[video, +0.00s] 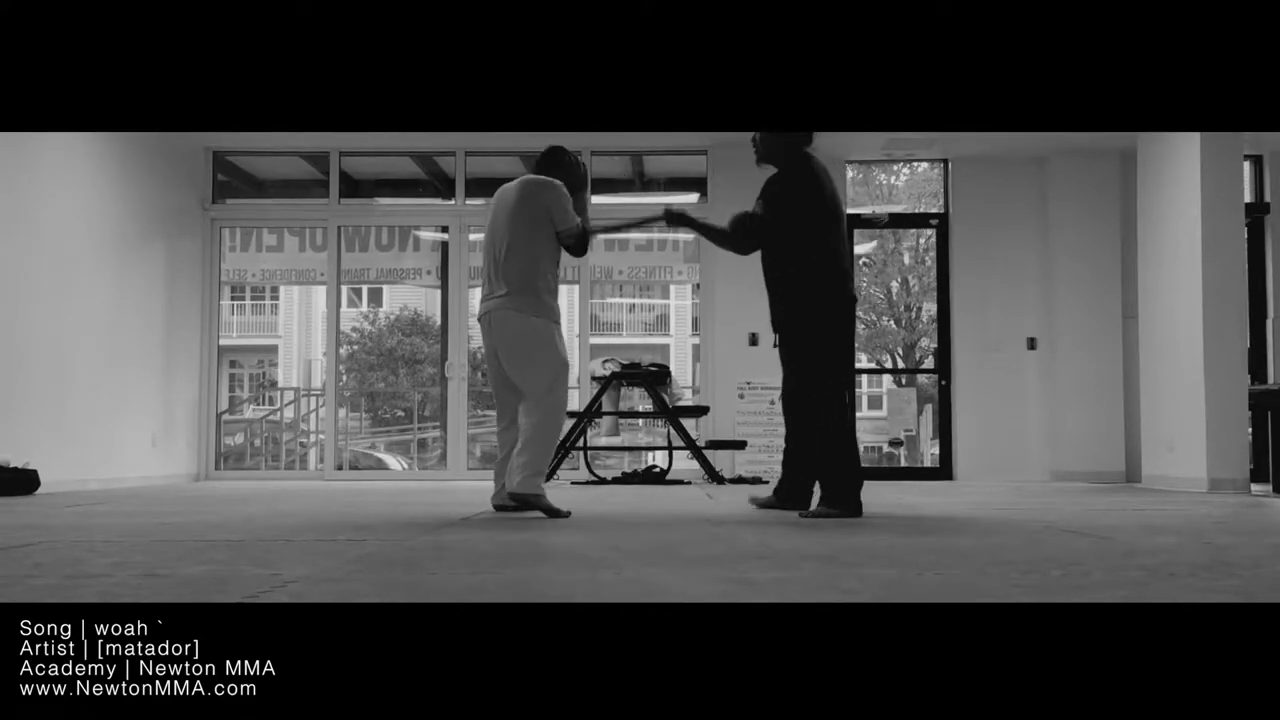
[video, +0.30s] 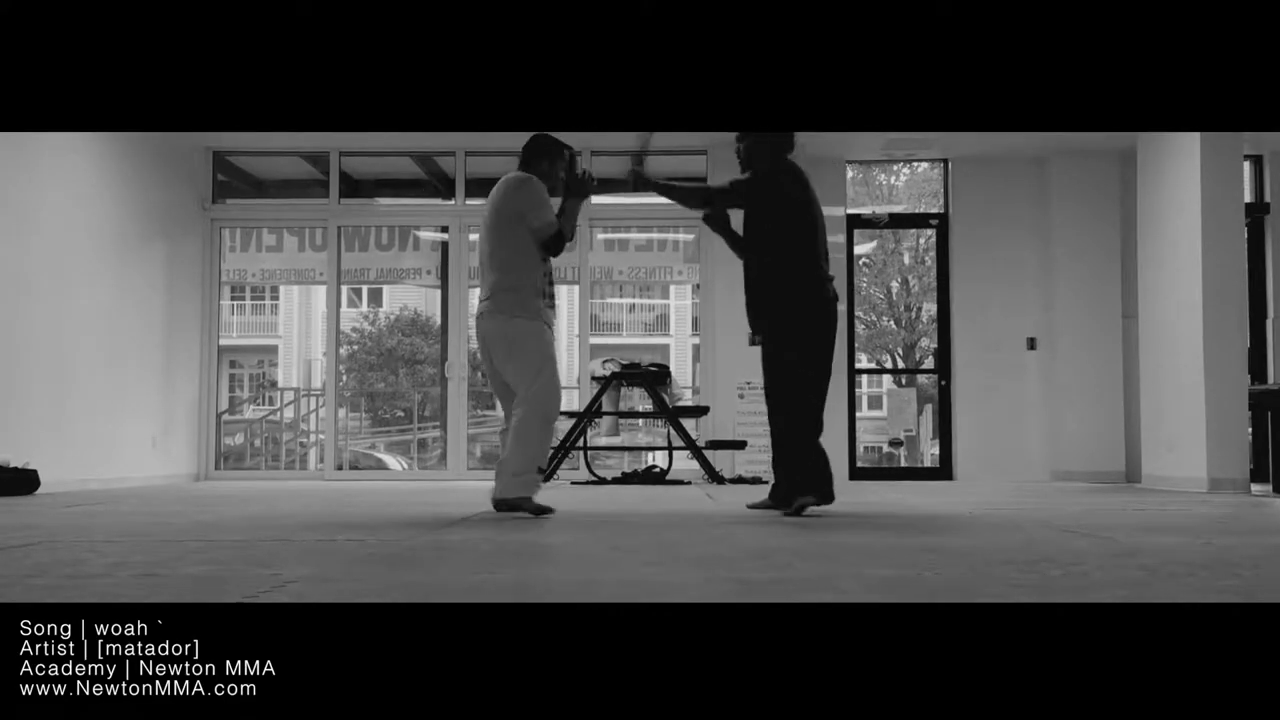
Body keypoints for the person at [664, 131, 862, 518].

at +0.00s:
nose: (753, 141)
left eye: (760, 134)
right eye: (756, 134)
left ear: (780, 138)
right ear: (790, 139)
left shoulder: (788, 182)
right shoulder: (809, 176)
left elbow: (743, 241)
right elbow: (796, 236)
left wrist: (691, 222)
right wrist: (757, 222)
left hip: (815, 314)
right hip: (808, 313)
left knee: (827, 402)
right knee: (800, 402)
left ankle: (843, 500)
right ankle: (793, 493)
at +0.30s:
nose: (737, 151)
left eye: (744, 143)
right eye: (738, 144)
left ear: (765, 145)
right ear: (773, 147)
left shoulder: (774, 180)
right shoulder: (780, 182)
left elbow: (705, 197)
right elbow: (758, 258)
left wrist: (653, 183)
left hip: (798, 312)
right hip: (795, 311)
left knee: (792, 402)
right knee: (787, 403)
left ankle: (808, 488)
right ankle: (786, 490)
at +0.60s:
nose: (734, 153)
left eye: (739, 146)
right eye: (736, 147)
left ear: (757, 145)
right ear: (774, 143)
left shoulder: (777, 173)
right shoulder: (769, 187)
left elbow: (730, 161)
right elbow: (751, 266)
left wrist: (681, 144)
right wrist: (715, 247)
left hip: (784, 312)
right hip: (779, 313)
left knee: (771, 402)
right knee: (778, 402)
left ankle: (772, 495)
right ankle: (784, 492)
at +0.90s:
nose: (727, 156)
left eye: (730, 148)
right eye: (727, 149)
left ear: (745, 146)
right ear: (766, 146)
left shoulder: (768, 173)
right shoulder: (771, 183)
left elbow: (716, 162)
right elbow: (753, 266)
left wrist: (694, 131)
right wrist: (715, 248)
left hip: (787, 311)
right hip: (787, 310)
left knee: (776, 401)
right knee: (784, 401)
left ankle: (777, 495)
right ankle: (786, 494)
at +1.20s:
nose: (731, 154)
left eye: (734, 146)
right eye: (731, 147)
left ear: (748, 144)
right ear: (770, 146)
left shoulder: (757, 177)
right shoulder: (782, 183)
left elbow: (696, 210)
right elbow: (770, 257)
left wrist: (638, 226)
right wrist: (727, 251)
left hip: (771, 314)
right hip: (794, 310)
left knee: (761, 397)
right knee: (785, 398)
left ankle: (771, 495)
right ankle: (787, 493)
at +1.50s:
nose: (723, 151)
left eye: (726, 143)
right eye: (722, 145)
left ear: (743, 143)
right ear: (762, 145)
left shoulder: (747, 175)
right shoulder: (776, 180)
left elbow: (707, 208)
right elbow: (765, 258)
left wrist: (688, 217)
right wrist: (720, 254)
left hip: (760, 320)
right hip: (787, 317)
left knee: (731, 392)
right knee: (782, 404)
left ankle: (733, 488)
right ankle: (786, 492)